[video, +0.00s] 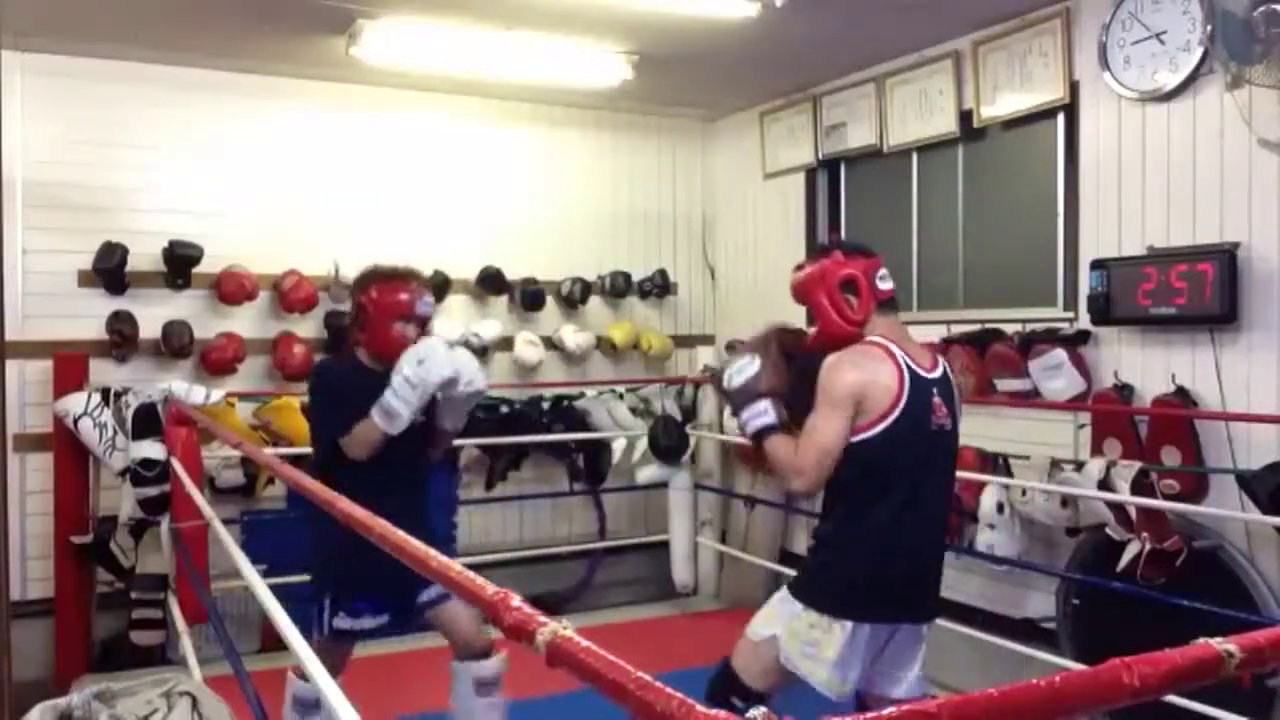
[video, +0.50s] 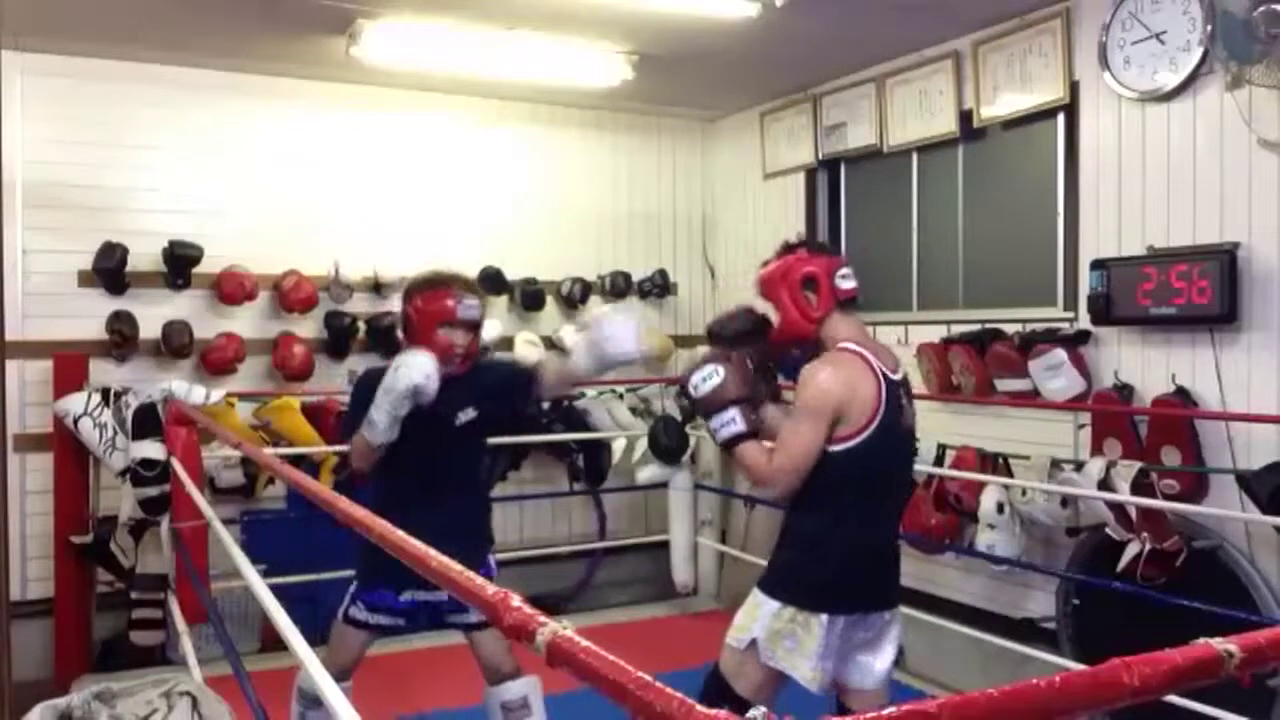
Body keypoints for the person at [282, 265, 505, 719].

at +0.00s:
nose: (413, 333)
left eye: (419, 323)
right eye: (402, 321)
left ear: (425, 325)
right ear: (366, 321)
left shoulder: (411, 375)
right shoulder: (333, 375)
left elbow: (429, 451)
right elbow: (354, 445)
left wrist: (454, 400)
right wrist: (405, 388)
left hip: (411, 544)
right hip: (348, 546)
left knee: (474, 641)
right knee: (324, 667)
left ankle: (478, 714)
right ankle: (300, 712)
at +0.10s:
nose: (419, 343)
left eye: (425, 332)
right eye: (408, 331)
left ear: (432, 336)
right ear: (374, 332)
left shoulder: (426, 387)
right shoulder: (340, 387)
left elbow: (451, 450)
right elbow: (366, 452)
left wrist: (467, 404)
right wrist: (423, 395)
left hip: (427, 555)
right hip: (359, 558)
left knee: (476, 649)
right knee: (333, 664)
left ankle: (514, 711)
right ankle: (304, 712)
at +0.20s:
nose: (428, 349)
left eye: (435, 338)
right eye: (417, 337)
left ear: (441, 343)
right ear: (386, 338)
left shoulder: (444, 395)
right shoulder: (351, 397)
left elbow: (475, 454)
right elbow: (360, 470)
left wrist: (493, 426)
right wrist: (412, 418)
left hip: (443, 558)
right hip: (377, 562)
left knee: (494, 665)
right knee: (340, 673)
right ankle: (310, 714)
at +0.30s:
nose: (446, 339)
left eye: (453, 329)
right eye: (434, 327)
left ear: (460, 334)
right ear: (401, 330)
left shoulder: (468, 384)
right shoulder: (362, 388)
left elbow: (507, 427)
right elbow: (350, 467)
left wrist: (533, 407)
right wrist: (396, 414)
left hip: (456, 561)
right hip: (384, 563)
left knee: (499, 662)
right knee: (350, 663)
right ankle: (311, 711)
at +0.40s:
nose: (461, 339)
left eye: (469, 327)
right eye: (449, 327)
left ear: (476, 328)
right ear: (414, 327)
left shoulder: (490, 376)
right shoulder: (375, 380)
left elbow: (556, 373)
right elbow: (364, 455)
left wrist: (596, 358)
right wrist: (395, 396)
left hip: (461, 551)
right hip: (387, 550)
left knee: (495, 662)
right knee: (340, 662)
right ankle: (308, 715)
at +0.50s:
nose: (464, 341)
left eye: (472, 329)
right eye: (452, 328)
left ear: (480, 331)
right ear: (416, 327)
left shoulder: (486, 379)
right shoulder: (378, 385)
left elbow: (545, 379)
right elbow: (359, 462)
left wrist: (590, 358)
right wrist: (390, 403)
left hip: (463, 553)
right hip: (389, 552)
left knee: (501, 669)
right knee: (335, 666)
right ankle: (306, 708)